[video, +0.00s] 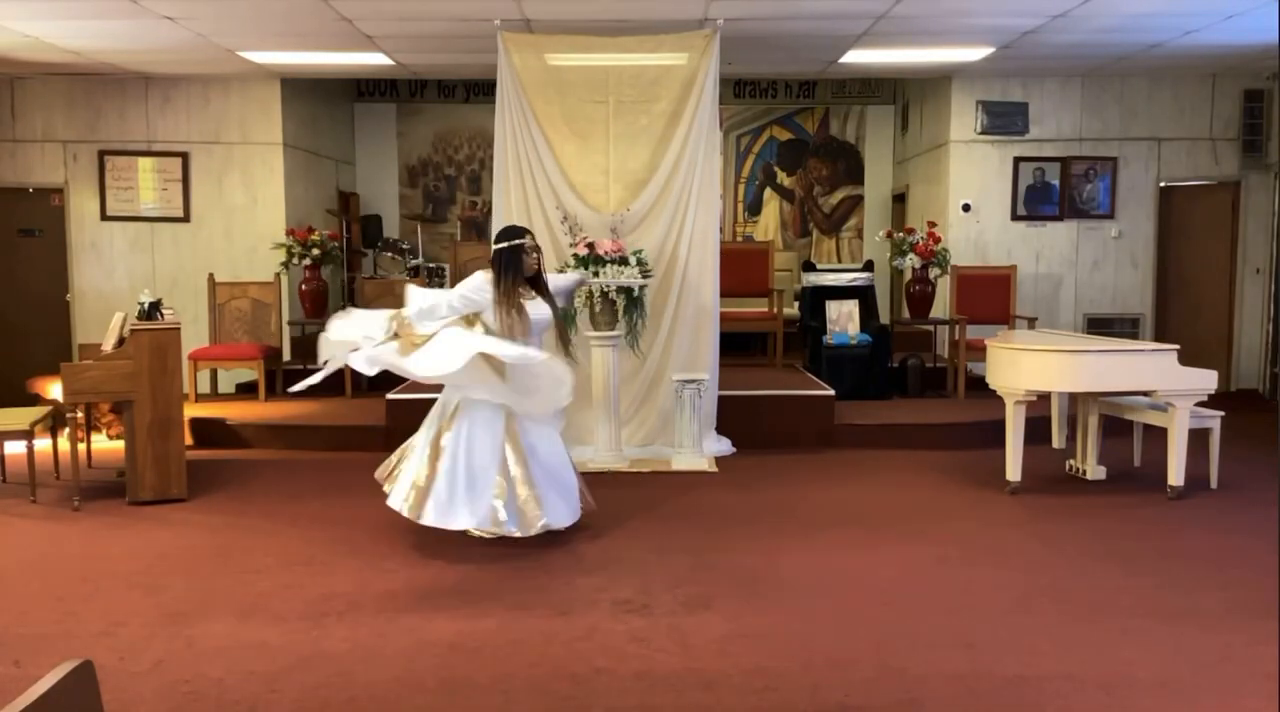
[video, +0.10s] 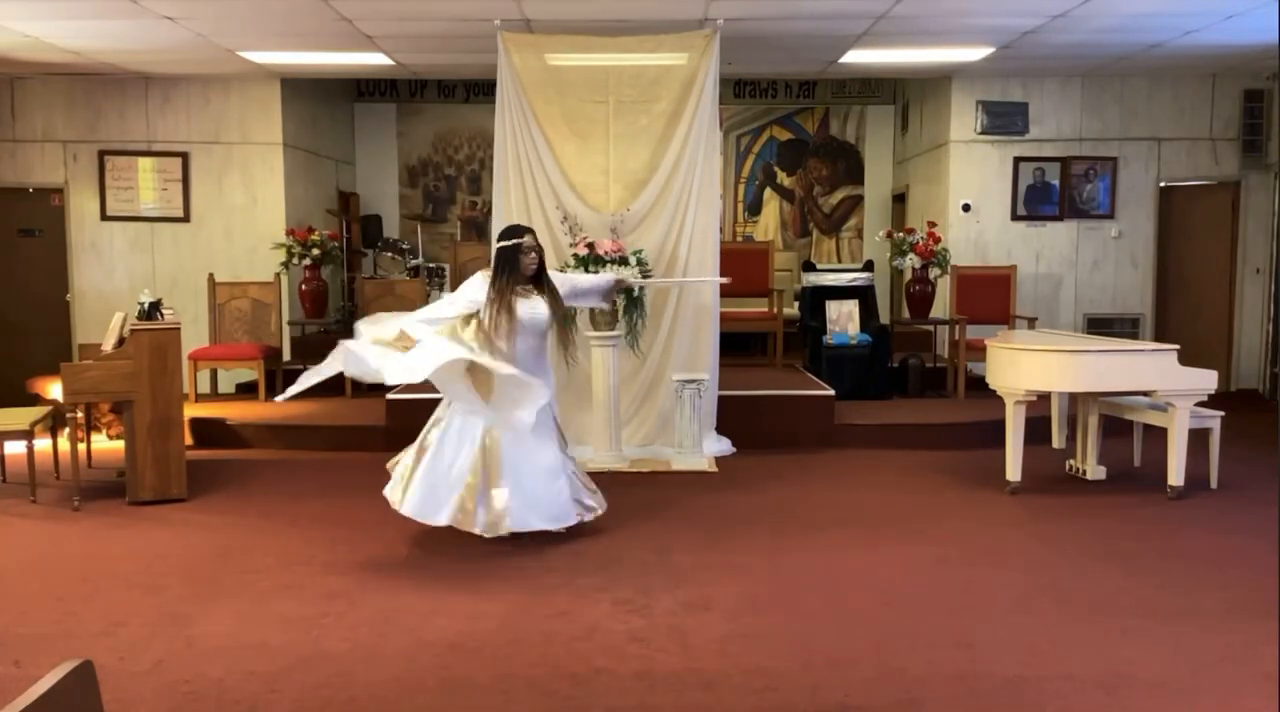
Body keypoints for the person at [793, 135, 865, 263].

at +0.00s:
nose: (817, 176)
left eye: (823, 169)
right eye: (813, 170)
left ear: (839, 166)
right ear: (808, 172)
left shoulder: (854, 193)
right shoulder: (818, 194)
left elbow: (828, 227)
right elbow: (799, 233)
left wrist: (808, 197)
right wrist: (799, 197)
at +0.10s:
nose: (817, 176)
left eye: (823, 169)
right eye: (813, 171)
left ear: (839, 166)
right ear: (808, 173)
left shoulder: (854, 193)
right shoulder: (818, 194)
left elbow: (828, 227)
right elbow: (800, 233)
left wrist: (808, 196)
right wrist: (799, 198)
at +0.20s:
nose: (817, 176)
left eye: (823, 169)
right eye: (813, 170)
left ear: (839, 166)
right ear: (808, 172)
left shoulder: (854, 193)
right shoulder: (818, 194)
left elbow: (828, 227)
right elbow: (800, 233)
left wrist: (808, 196)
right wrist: (799, 198)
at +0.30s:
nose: (817, 176)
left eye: (823, 169)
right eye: (813, 170)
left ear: (839, 166)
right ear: (808, 172)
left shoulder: (854, 193)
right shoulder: (818, 194)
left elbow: (828, 227)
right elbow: (800, 233)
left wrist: (808, 196)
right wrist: (799, 198)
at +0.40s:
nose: (817, 176)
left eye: (823, 169)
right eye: (813, 170)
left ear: (839, 166)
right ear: (808, 172)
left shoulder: (854, 193)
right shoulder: (818, 194)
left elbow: (828, 227)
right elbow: (800, 233)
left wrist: (808, 196)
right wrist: (799, 198)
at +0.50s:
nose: (816, 176)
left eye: (822, 169)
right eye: (813, 171)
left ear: (839, 166)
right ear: (808, 172)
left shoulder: (854, 193)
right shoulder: (819, 194)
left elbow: (828, 227)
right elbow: (800, 233)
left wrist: (808, 196)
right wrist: (799, 197)